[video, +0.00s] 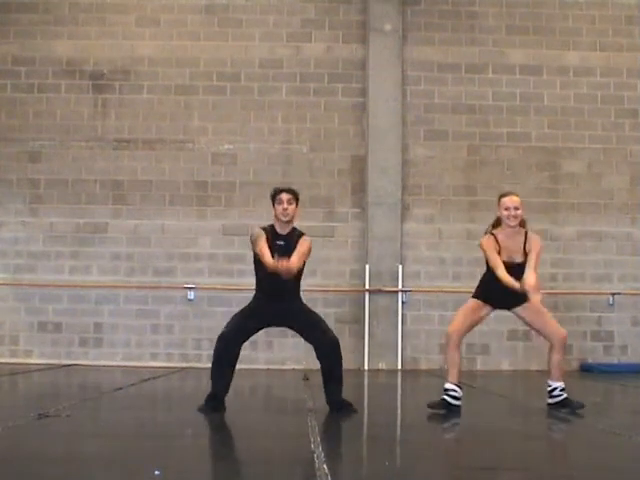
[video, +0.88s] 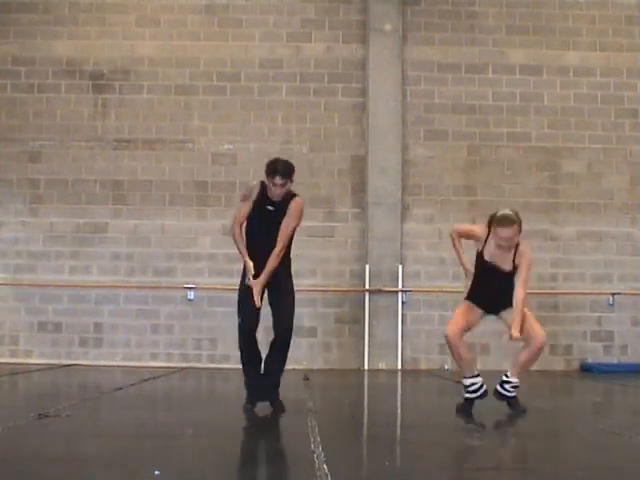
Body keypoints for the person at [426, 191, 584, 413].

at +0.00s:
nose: (512, 213)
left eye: (516, 209)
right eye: (507, 209)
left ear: (522, 211)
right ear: (499, 212)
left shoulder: (532, 240)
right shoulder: (489, 240)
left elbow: (531, 270)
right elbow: (499, 270)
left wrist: (532, 290)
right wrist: (519, 286)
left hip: (518, 296)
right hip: (488, 295)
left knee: (559, 336)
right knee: (453, 334)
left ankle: (556, 394)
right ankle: (452, 395)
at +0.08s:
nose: (513, 231)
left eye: (517, 227)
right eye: (507, 227)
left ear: (523, 230)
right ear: (499, 231)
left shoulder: (531, 260)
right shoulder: (489, 259)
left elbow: (525, 299)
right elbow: (500, 295)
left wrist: (522, 333)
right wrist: (512, 329)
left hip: (518, 309)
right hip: (488, 310)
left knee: (566, 338)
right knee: (446, 336)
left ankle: (558, 396)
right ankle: (451, 397)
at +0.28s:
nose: (509, 229)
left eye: (514, 225)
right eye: (504, 225)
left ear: (519, 228)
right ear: (496, 228)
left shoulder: (527, 258)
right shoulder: (485, 255)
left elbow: (519, 298)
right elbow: (495, 296)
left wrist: (513, 335)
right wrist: (503, 335)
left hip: (518, 309)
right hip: (487, 309)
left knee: (567, 340)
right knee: (445, 336)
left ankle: (559, 397)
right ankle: (450, 397)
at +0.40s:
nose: (506, 201)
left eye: (510, 196)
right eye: (501, 197)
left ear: (516, 198)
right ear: (494, 199)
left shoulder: (524, 219)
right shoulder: (483, 217)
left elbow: (518, 256)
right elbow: (492, 254)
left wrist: (515, 294)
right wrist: (497, 293)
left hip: (514, 283)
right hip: (485, 283)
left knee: (549, 333)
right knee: (457, 332)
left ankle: (558, 394)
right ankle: (451, 396)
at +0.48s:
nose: (506, 188)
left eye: (511, 183)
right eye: (501, 183)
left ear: (516, 184)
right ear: (493, 185)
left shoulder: (520, 196)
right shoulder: (485, 195)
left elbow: (513, 233)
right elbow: (493, 233)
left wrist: (510, 273)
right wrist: (496, 272)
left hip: (513, 264)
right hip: (485, 265)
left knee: (528, 328)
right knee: (474, 328)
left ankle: (542, 384)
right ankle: (460, 386)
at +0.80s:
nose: (506, 216)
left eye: (511, 211)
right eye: (501, 211)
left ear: (517, 208)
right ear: (492, 206)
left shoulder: (523, 222)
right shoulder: (481, 213)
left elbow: (515, 256)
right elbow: (457, 233)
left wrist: (508, 293)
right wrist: (467, 264)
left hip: (509, 278)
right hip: (481, 276)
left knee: (528, 332)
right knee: (461, 326)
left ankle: (506, 382)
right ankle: (478, 379)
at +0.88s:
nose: (505, 244)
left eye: (510, 239)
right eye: (500, 239)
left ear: (519, 234)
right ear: (492, 232)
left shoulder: (522, 253)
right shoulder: (482, 235)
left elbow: (520, 289)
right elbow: (454, 232)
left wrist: (516, 326)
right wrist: (464, 265)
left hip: (507, 305)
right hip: (476, 302)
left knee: (538, 339)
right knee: (452, 334)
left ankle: (508, 384)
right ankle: (473, 384)